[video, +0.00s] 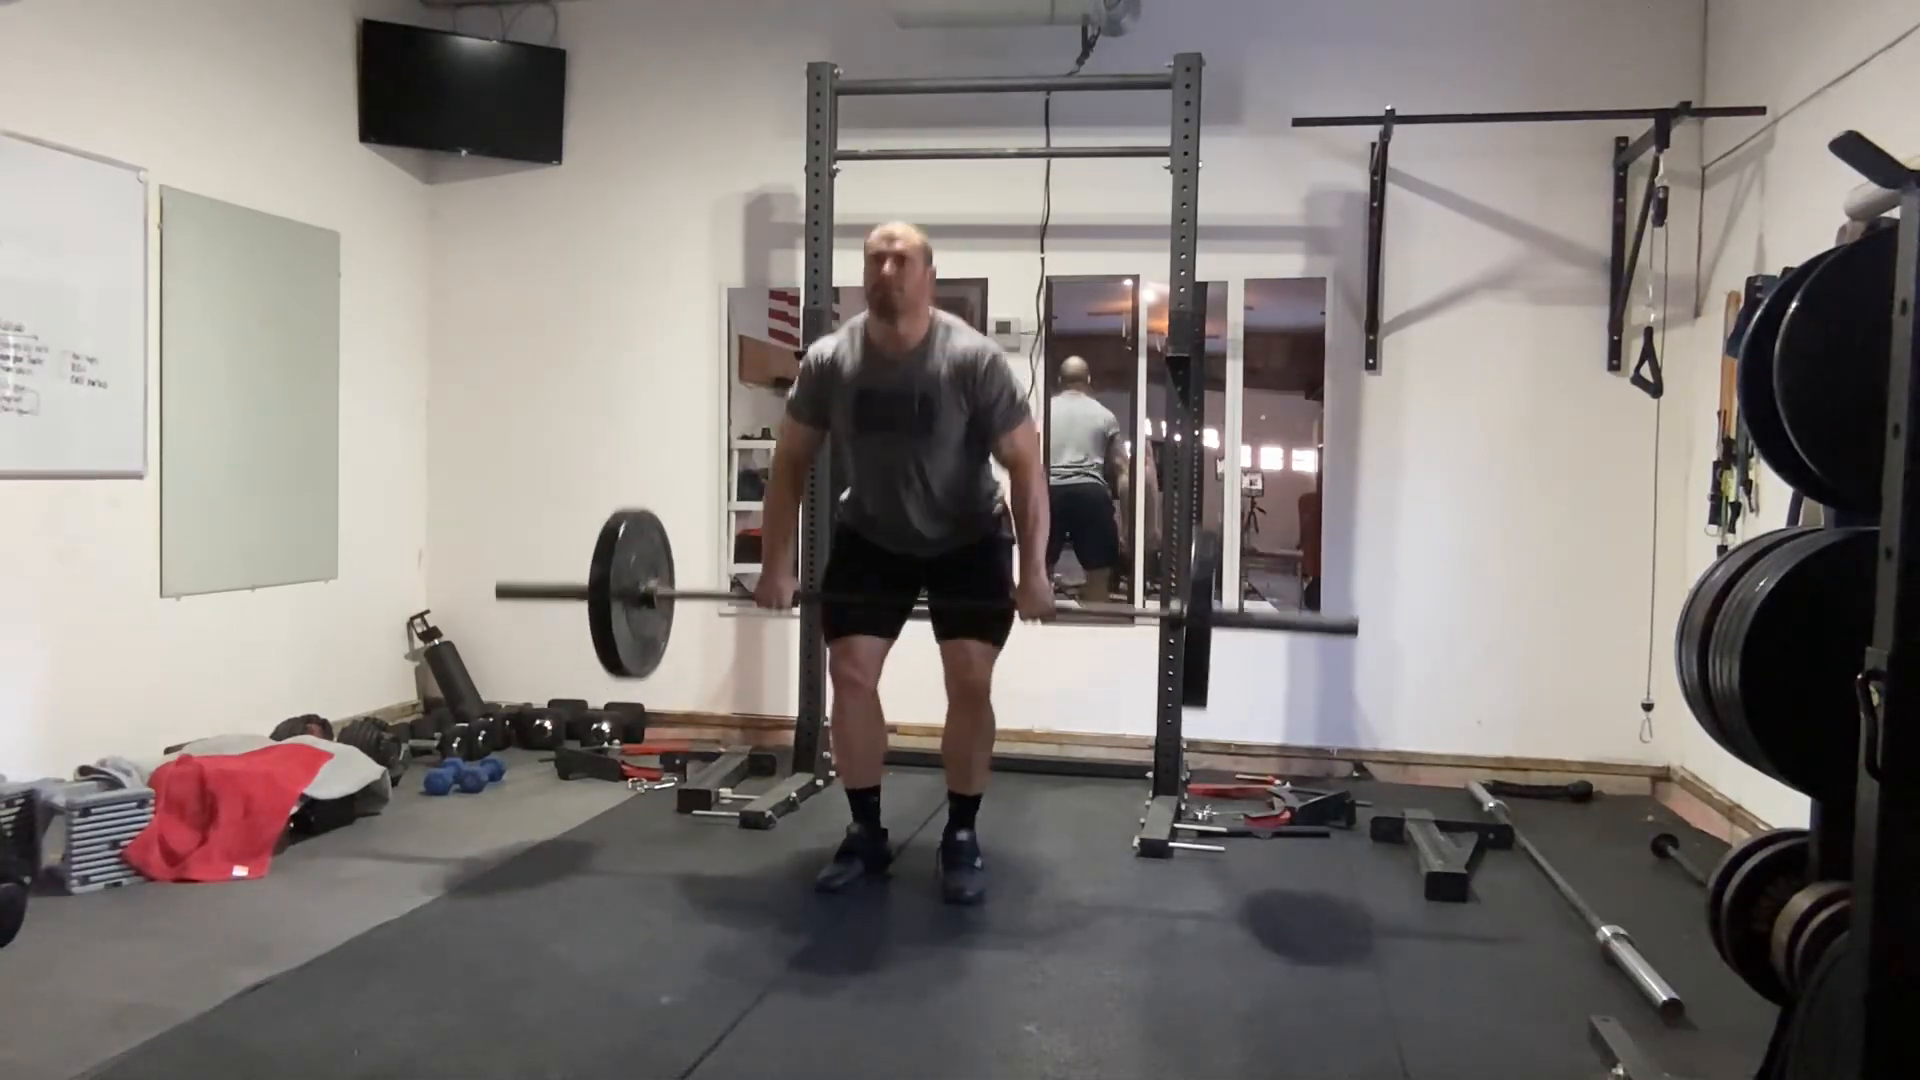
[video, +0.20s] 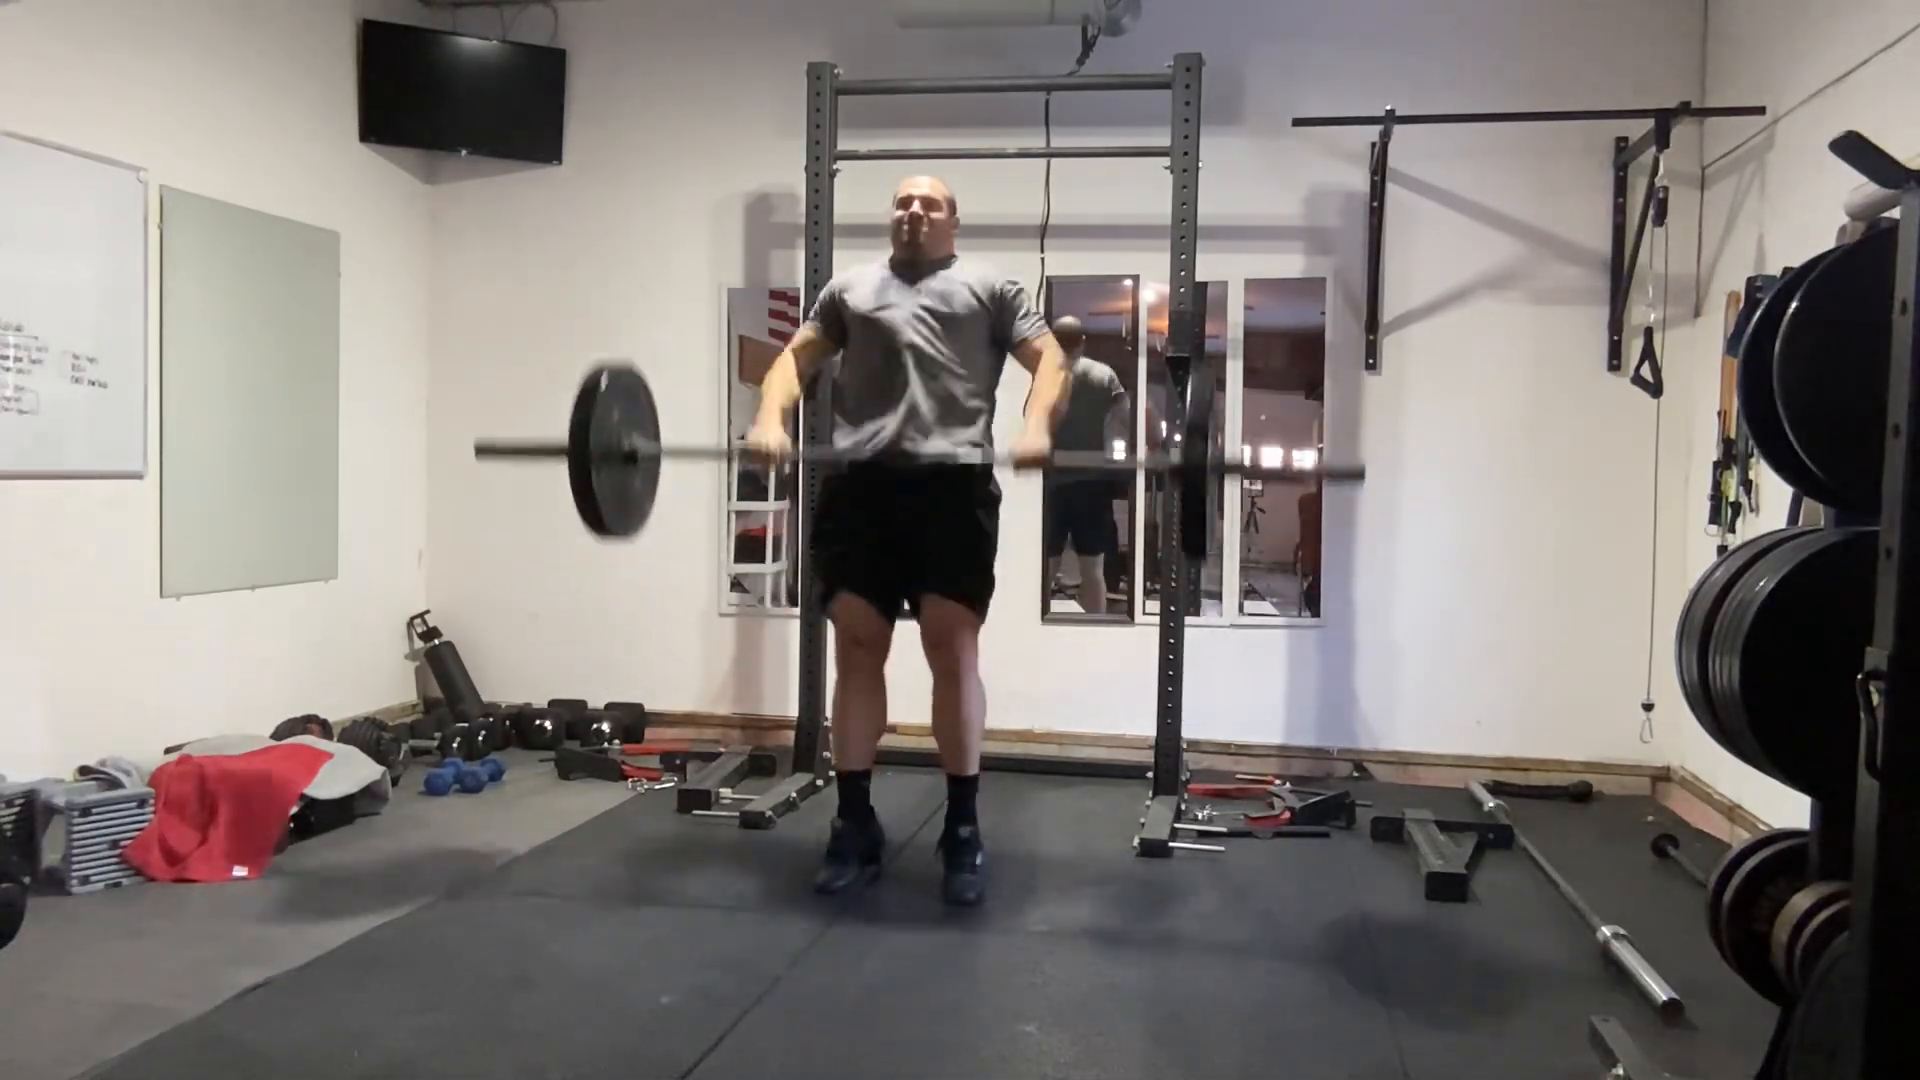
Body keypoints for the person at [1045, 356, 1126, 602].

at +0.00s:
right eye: (1089, 379)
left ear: (1059, 380)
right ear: (1089, 380)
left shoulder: (1042, 410)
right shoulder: (1103, 414)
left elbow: (1031, 455)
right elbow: (1119, 467)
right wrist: (1125, 526)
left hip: (1050, 494)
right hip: (1091, 496)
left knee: (1041, 567)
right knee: (1097, 571)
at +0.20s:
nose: (1068, 347)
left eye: (1063, 341)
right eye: (1072, 340)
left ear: (1053, 341)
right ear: (1083, 341)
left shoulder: (1044, 378)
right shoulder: (1102, 375)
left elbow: (1030, 426)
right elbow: (1129, 421)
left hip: (1050, 483)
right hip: (1090, 481)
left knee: (1044, 569)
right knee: (1091, 568)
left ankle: (1034, 639)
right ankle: (1098, 636)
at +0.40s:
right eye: (1082, 344)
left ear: (1053, 348)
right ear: (1082, 347)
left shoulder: (1041, 384)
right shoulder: (1098, 385)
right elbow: (1120, 429)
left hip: (1047, 490)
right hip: (1087, 487)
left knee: (1044, 573)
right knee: (1089, 572)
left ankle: (1036, 641)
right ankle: (1096, 637)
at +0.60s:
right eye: (1081, 352)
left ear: (1056, 352)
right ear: (1085, 353)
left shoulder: (1038, 394)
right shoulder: (1101, 397)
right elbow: (1117, 428)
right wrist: (1123, 397)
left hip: (1047, 494)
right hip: (1088, 493)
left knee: (1044, 575)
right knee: (1089, 576)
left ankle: (1037, 644)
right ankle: (1096, 642)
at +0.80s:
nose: (1070, 358)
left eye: (1065, 353)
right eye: (1076, 352)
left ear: (1056, 352)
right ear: (1087, 352)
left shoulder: (1043, 394)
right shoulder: (1106, 393)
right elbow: (1126, 400)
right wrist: (1128, 380)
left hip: (1050, 496)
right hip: (1091, 495)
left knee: (1044, 576)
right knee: (1089, 575)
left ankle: (1038, 645)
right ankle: (1097, 641)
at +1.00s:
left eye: (1067, 356)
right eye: (1081, 354)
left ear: (1056, 356)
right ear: (1087, 355)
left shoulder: (1043, 397)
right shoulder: (1105, 398)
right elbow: (1125, 426)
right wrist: (1130, 393)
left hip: (1052, 495)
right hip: (1093, 495)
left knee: (1043, 573)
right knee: (1101, 573)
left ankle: (1036, 642)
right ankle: (1099, 643)